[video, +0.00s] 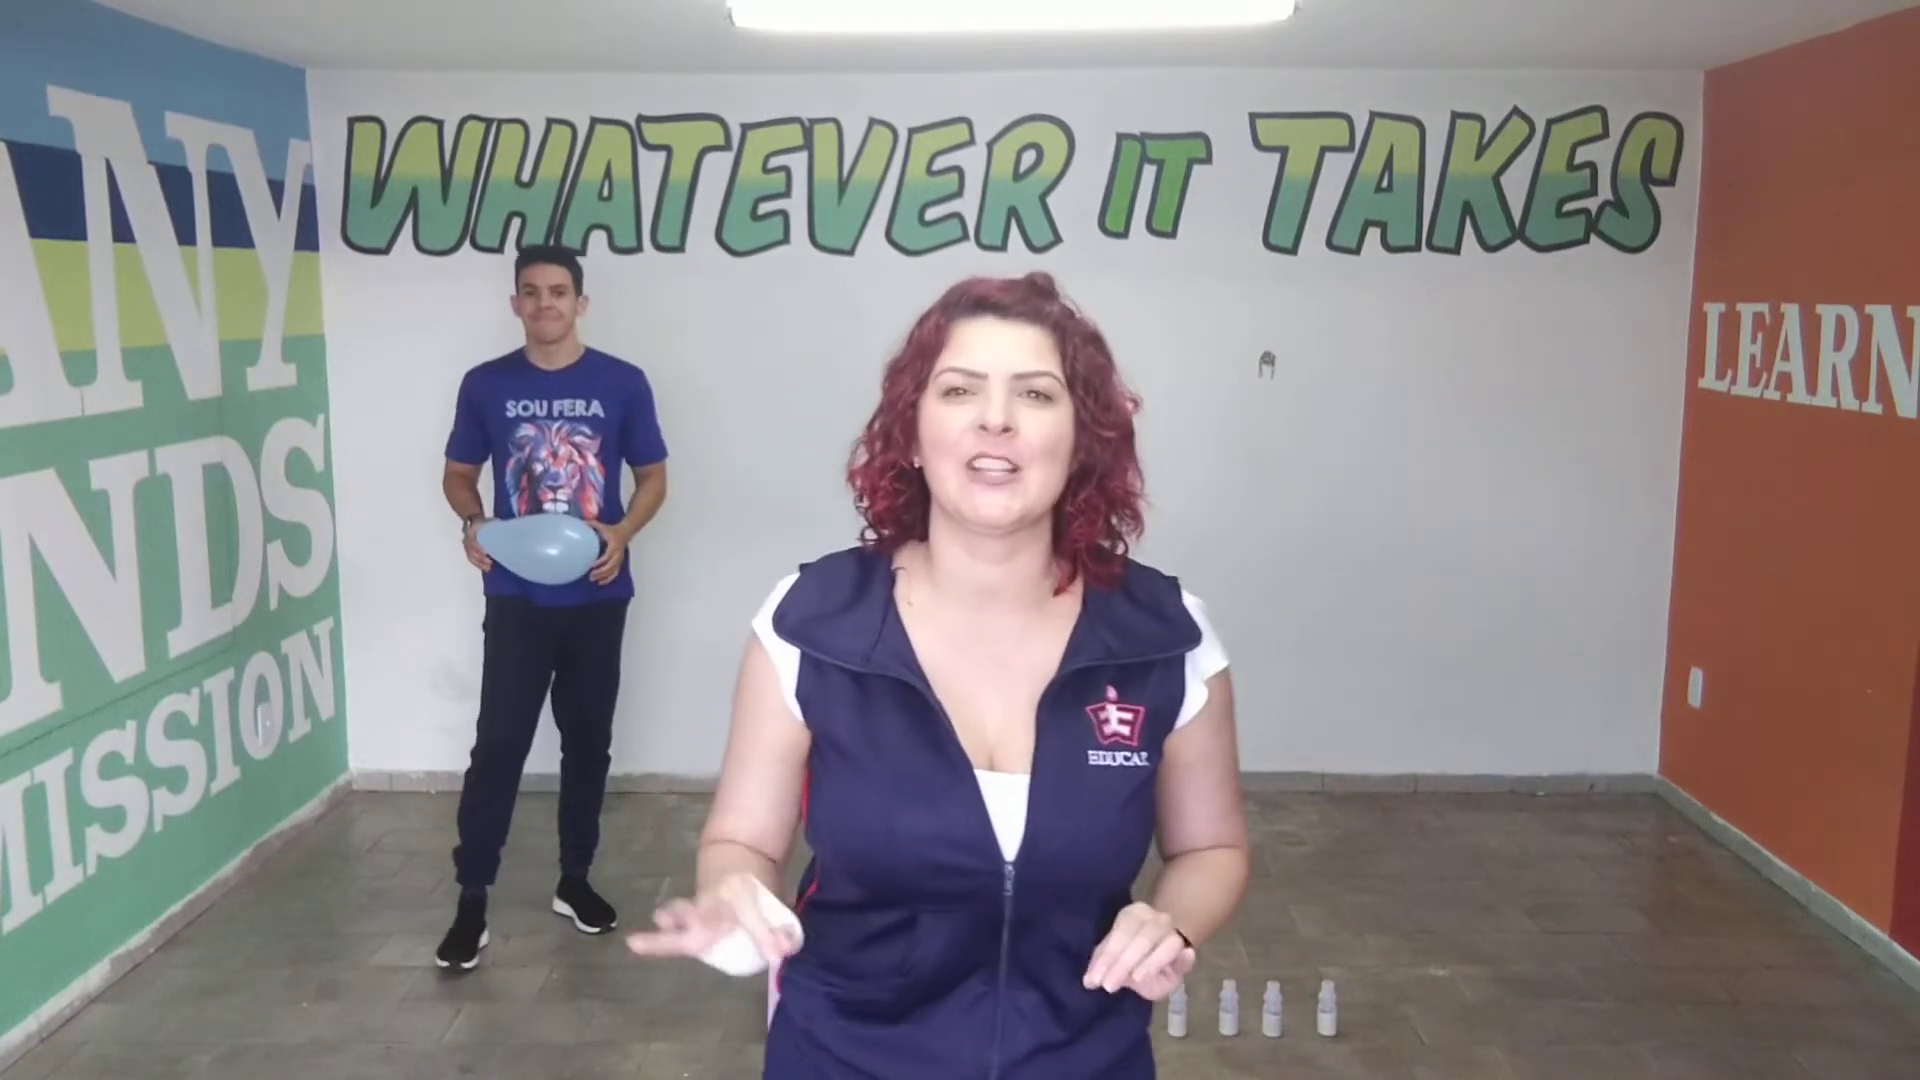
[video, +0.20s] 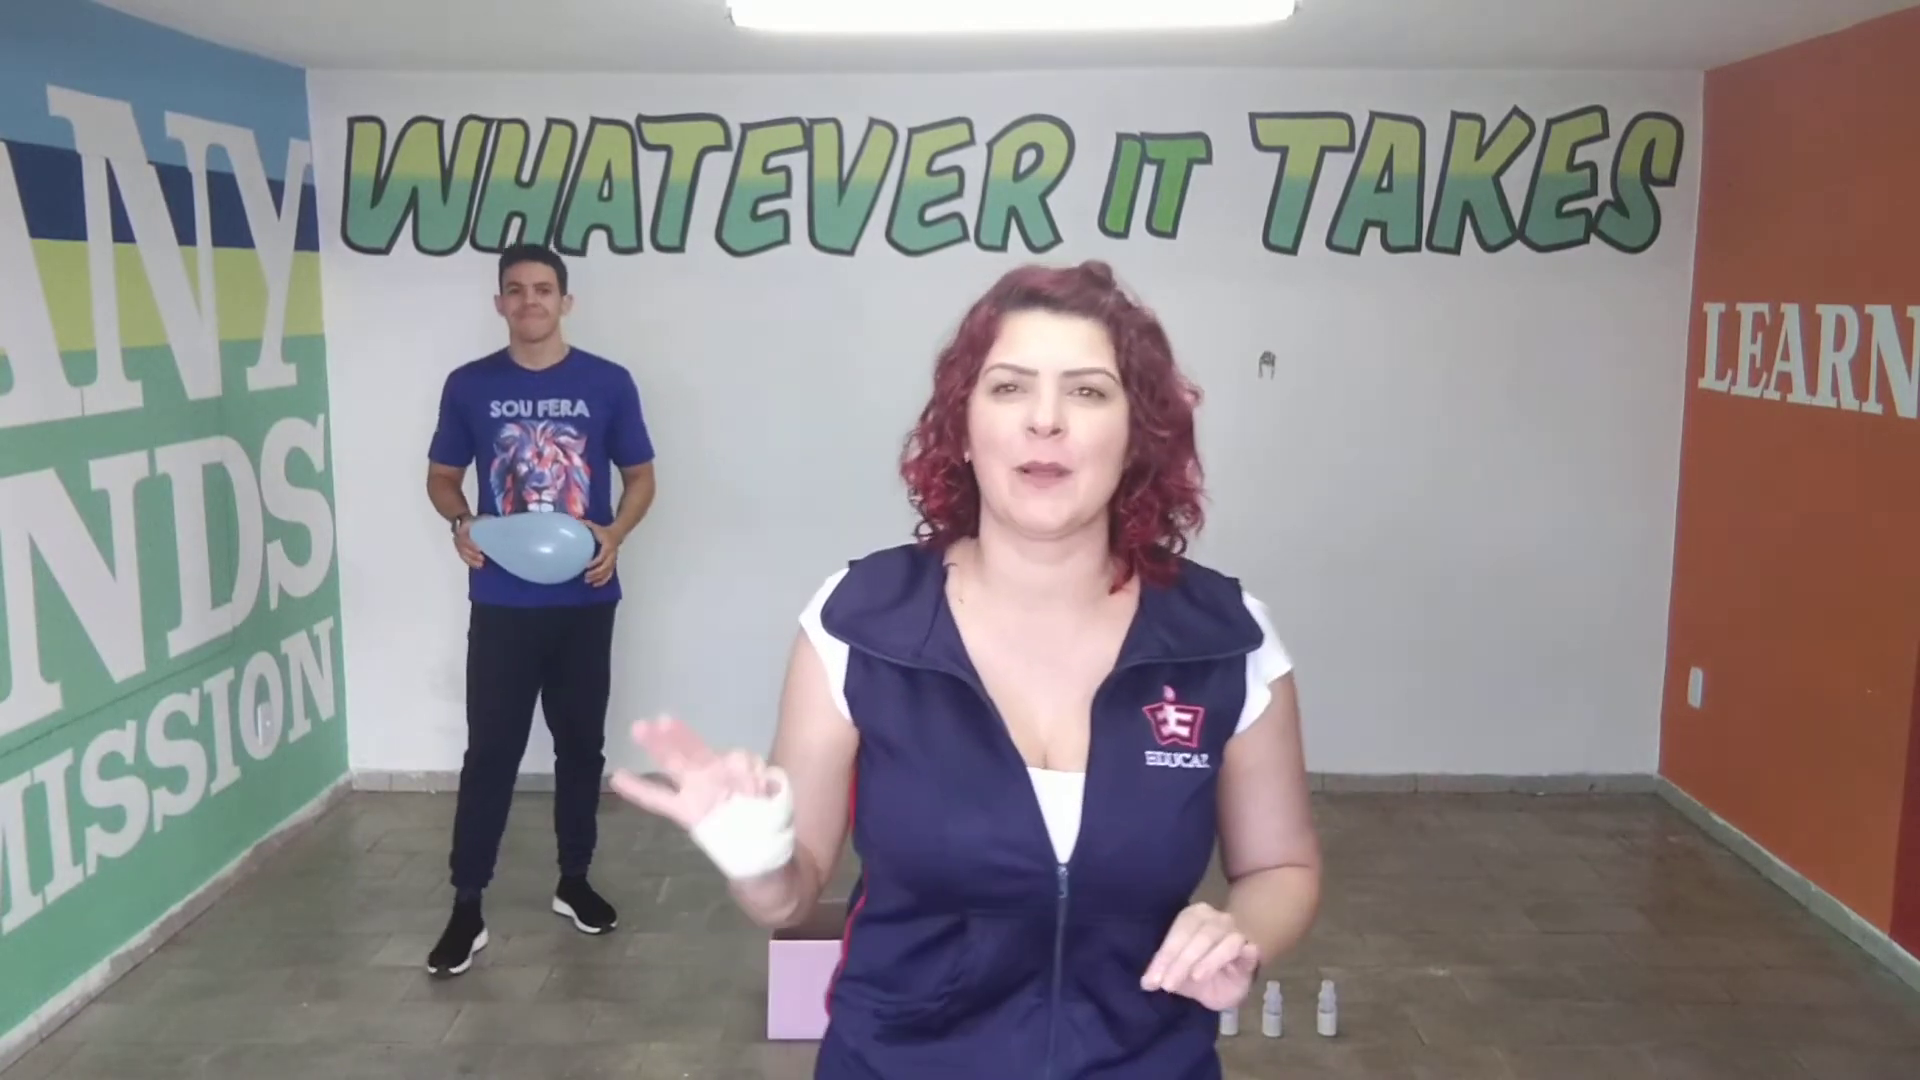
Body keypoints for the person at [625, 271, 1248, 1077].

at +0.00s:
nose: (995, 419)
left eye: (1034, 394)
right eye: (960, 390)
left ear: (1084, 434)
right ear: (910, 427)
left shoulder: (1162, 633)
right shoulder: (812, 618)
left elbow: (1208, 848)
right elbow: (742, 839)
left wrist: (1168, 923)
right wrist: (732, 895)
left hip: (1082, 1055)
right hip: (855, 1053)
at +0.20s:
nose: (1044, 421)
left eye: (1086, 391)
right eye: (1009, 387)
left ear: (1139, 427)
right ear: (961, 418)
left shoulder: (1222, 635)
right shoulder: (860, 618)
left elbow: (1280, 868)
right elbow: (794, 902)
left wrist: (1236, 937)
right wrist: (753, 851)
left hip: (1140, 1057)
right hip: (908, 1057)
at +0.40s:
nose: (1095, 405)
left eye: (1139, 373)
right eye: (1061, 368)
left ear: (1195, 412)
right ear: (1011, 398)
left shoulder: (1283, 625)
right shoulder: (910, 601)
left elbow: (1355, 868)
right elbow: (838, 886)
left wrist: (1305, 926)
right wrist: (805, 791)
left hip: (1194, 1055)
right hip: (952, 1052)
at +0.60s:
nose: (1135, 419)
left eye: (1183, 387)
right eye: (1103, 380)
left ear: (1241, 424)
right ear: (1056, 406)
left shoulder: (1333, 643)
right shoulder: (956, 609)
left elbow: (1412, 901)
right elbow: (880, 888)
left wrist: (1351, 965)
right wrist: (798, 831)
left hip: (1235, 1057)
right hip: (994, 1056)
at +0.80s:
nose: (1166, 431)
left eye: (1214, 397)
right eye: (1132, 390)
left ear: (1275, 435)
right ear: (1084, 416)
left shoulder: (1372, 654)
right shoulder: (983, 625)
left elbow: (1439, 907)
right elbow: (919, 906)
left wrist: (1374, 982)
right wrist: (868, 866)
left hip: (1267, 1059)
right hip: (1023, 1058)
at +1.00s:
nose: (1193, 435)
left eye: (1240, 398)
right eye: (1155, 395)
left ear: (1301, 434)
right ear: (1107, 423)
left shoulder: (1396, 654)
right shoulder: (1008, 628)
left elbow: (1464, 906)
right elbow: (935, 914)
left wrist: (1412, 974)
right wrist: (892, 869)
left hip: (1297, 1061)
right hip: (1046, 1059)